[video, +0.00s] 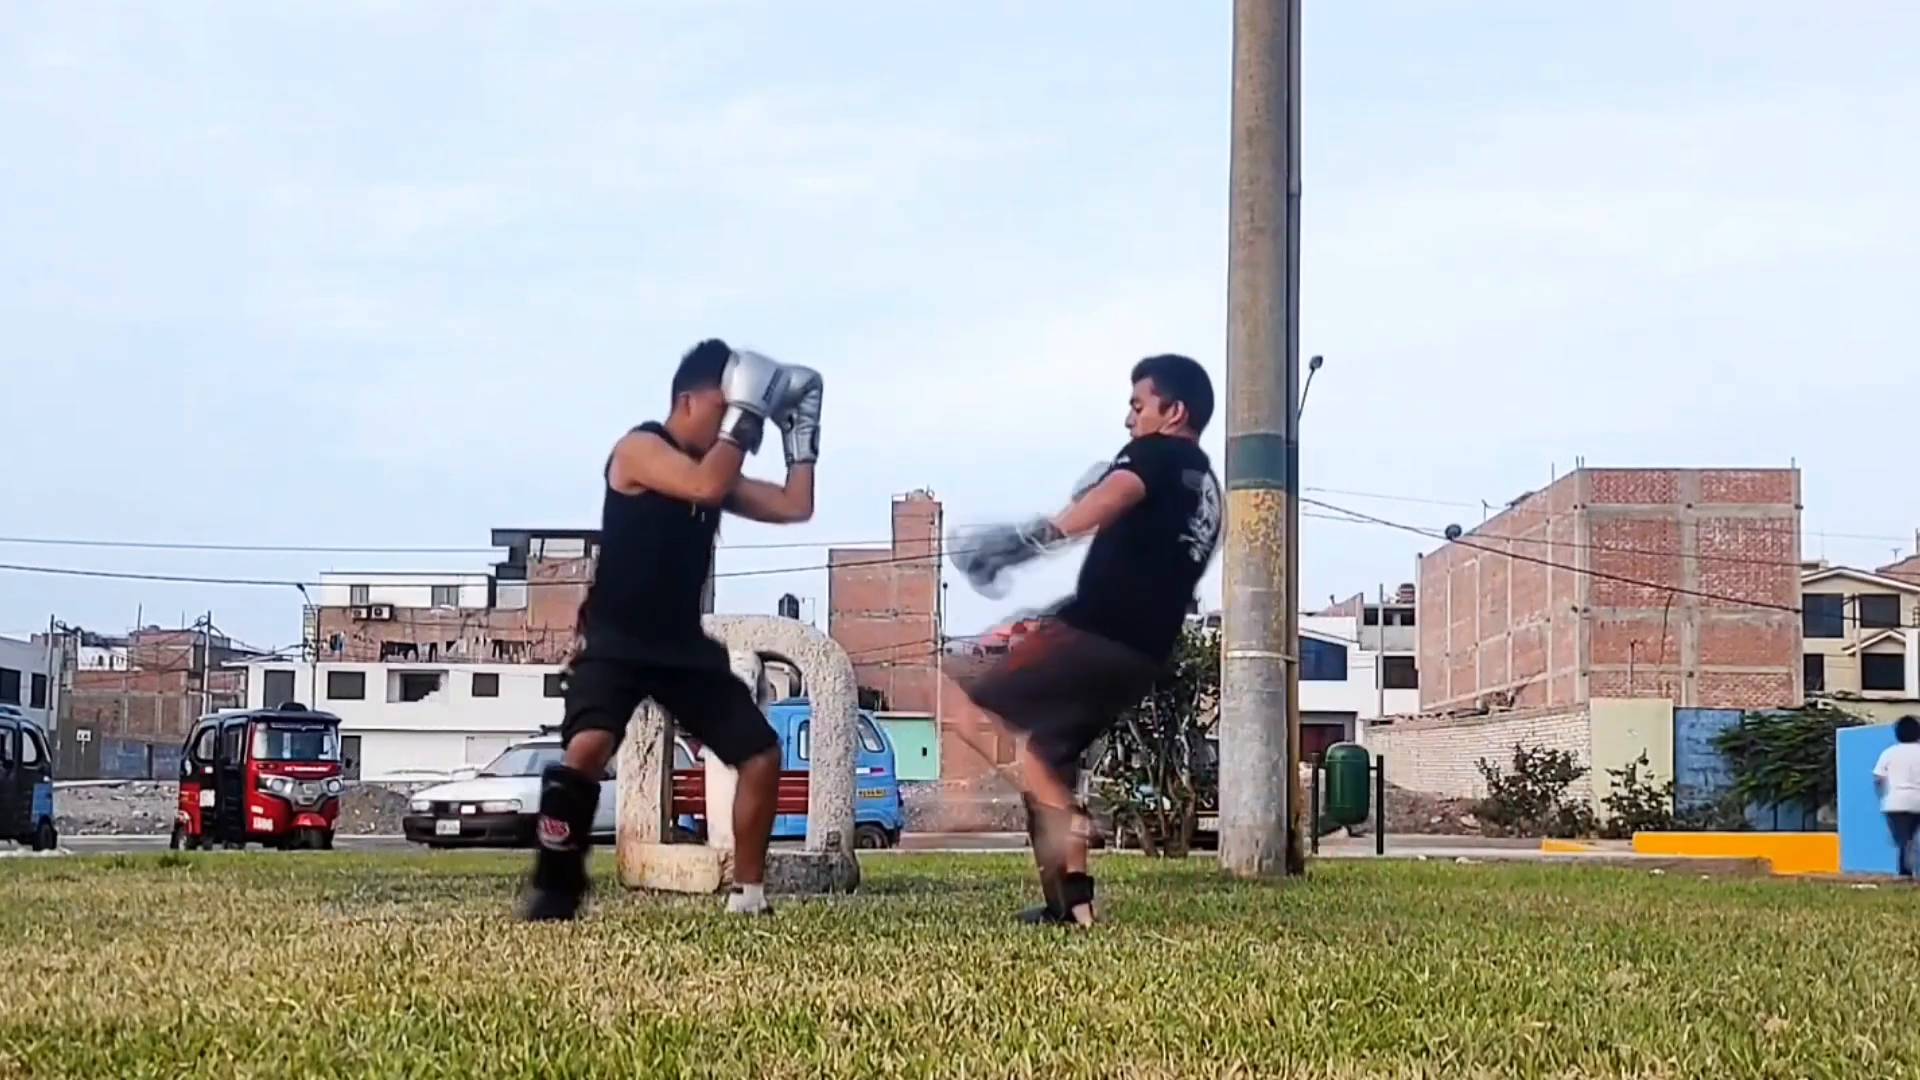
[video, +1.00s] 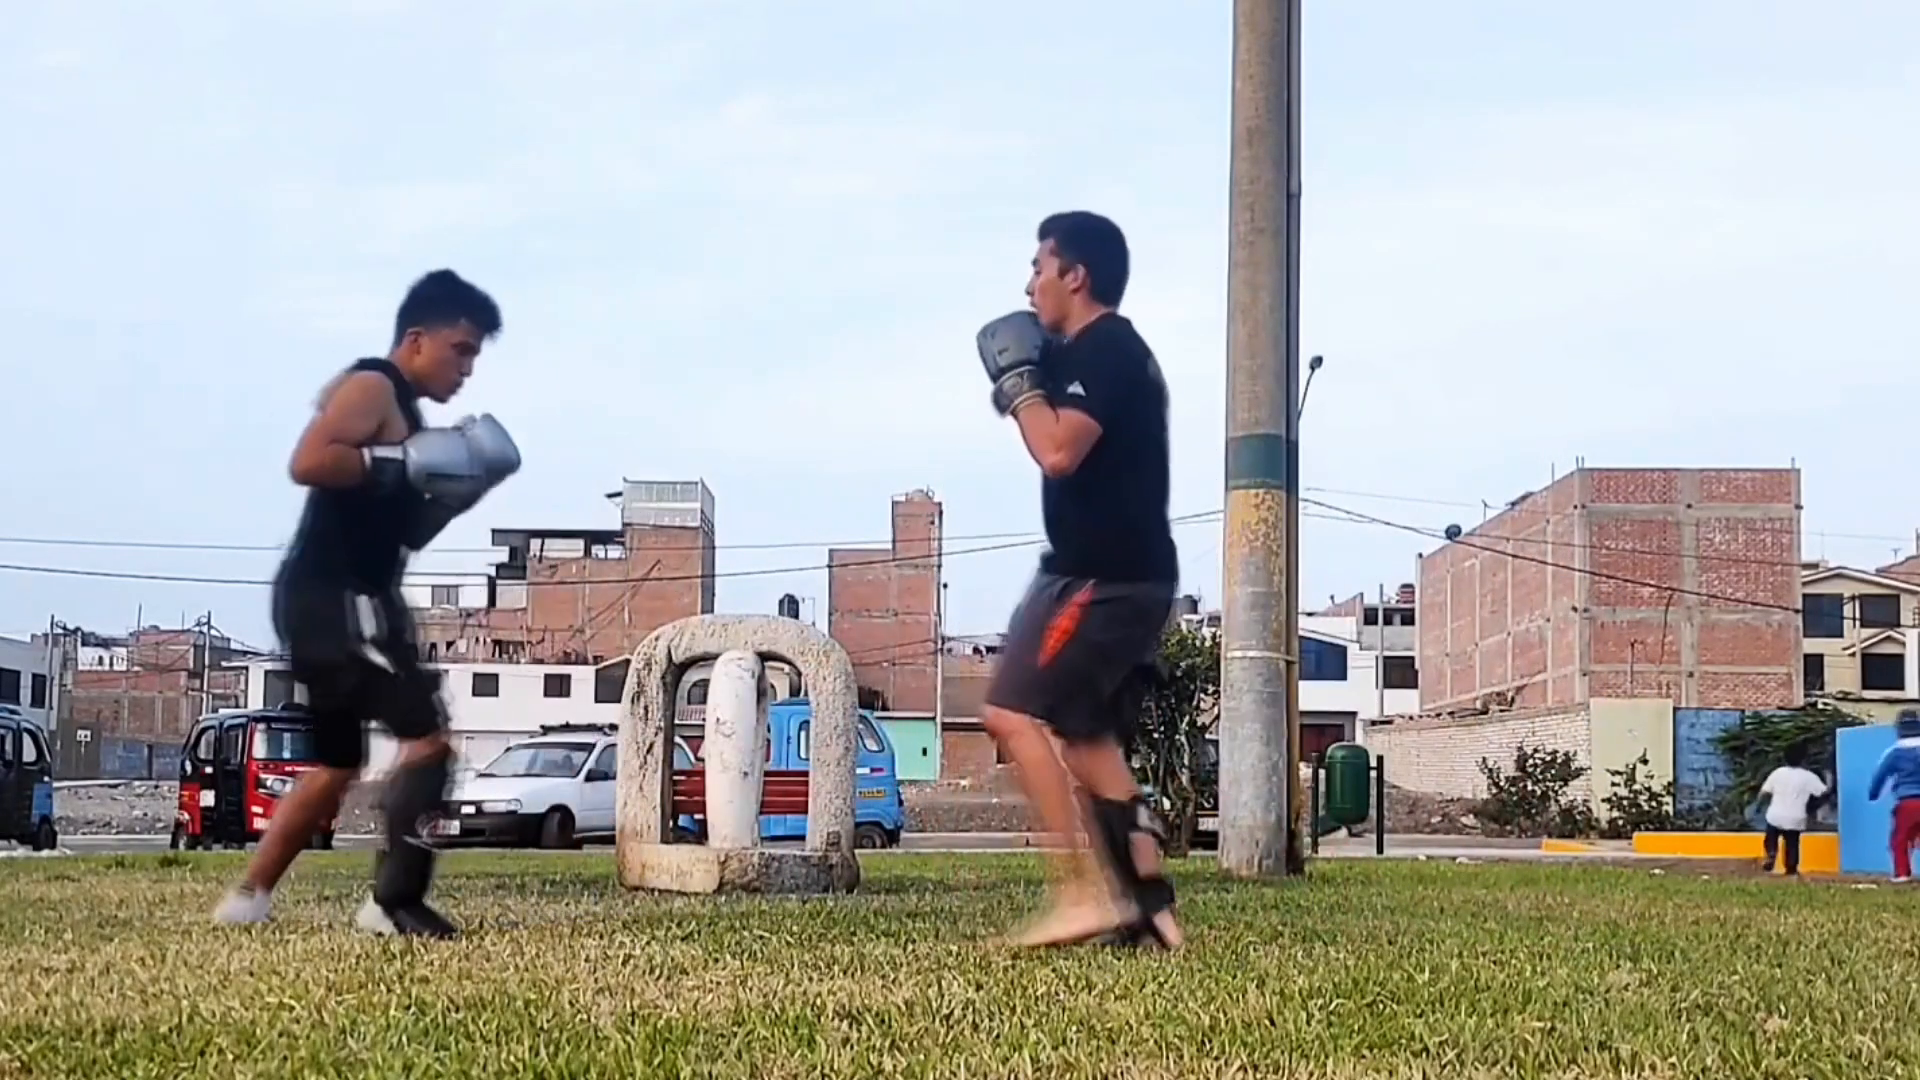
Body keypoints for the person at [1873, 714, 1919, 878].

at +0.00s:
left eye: (1901, 731)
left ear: (1898, 733)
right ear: (1917, 733)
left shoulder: (1890, 752)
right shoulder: (1917, 750)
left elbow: (1879, 775)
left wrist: (1881, 794)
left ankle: (1907, 873)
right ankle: (1905, 873)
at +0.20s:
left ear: (1854, 737)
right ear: (1873, 737)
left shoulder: (1847, 754)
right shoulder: (1882, 755)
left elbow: (1829, 772)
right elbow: (1898, 773)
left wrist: (1816, 795)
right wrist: (1893, 796)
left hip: (1853, 804)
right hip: (1878, 804)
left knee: (1846, 839)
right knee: (1880, 835)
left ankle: (1841, 868)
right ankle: (1894, 867)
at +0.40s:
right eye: (1842, 741)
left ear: (1826, 743)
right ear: (1844, 743)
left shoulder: (1818, 760)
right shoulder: (1850, 759)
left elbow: (1808, 778)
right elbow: (1860, 773)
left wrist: (1818, 788)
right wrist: (1868, 790)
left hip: (1820, 803)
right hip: (1842, 804)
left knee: (1823, 836)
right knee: (1836, 836)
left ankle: (1827, 864)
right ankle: (1829, 862)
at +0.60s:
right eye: (1825, 745)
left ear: (1807, 746)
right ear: (1823, 747)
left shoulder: (1796, 762)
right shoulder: (1830, 764)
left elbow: (1783, 779)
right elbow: (1838, 785)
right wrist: (1842, 806)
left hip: (1800, 808)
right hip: (1823, 809)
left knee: (1790, 831)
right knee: (1821, 841)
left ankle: (1796, 856)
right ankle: (1818, 866)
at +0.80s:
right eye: (1805, 750)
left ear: (1790, 752)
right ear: (1807, 753)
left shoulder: (1782, 768)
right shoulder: (1812, 770)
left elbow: (1762, 779)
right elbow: (1821, 791)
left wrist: (1751, 783)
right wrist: (1834, 800)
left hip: (1784, 815)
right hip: (1805, 815)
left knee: (1781, 845)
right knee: (1808, 839)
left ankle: (1782, 870)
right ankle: (1806, 859)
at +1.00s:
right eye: (1801, 756)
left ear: (1786, 757)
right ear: (1802, 759)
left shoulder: (1778, 773)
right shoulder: (1807, 776)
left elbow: (1764, 791)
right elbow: (1823, 792)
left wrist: (1758, 806)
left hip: (1775, 817)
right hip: (1795, 818)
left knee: (1771, 835)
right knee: (1792, 845)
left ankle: (1770, 856)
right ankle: (1791, 869)